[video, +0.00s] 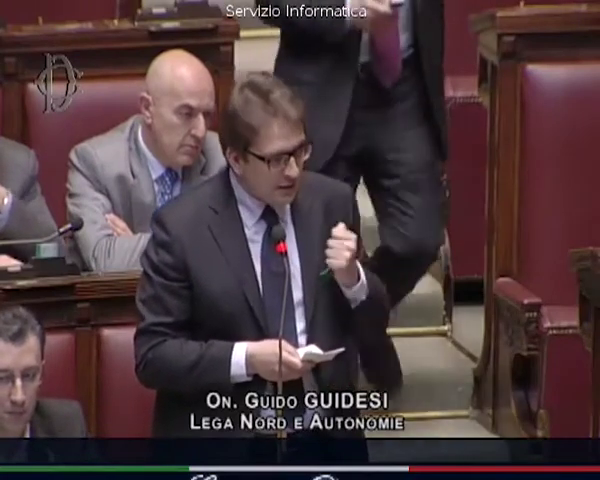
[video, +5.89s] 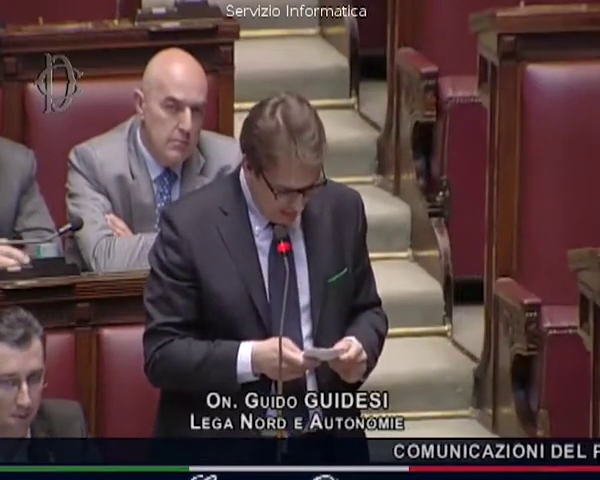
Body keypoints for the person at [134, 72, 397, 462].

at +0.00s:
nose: (294, 170)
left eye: (300, 152)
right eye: (277, 159)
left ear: (309, 142)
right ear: (235, 157)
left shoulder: (333, 200)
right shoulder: (180, 224)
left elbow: (374, 322)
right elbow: (153, 356)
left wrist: (353, 280)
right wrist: (246, 358)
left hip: (324, 436)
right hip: (219, 443)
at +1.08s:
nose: (287, 163)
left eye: (293, 144)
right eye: (270, 151)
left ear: (302, 135)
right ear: (231, 153)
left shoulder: (331, 203)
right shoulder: (179, 225)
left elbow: (358, 296)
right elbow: (153, 357)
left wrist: (357, 331)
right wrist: (246, 359)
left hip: (322, 436)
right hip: (219, 441)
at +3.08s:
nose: (276, 154)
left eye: (292, 140)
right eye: (263, 136)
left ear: (310, 143)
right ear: (241, 134)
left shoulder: (349, 209)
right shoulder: (189, 215)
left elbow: (378, 315)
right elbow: (157, 346)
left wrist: (353, 352)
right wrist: (246, 355)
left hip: (328, 439)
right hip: (220, 441)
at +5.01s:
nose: (293, 200)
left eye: (303, 184)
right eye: (280, 186)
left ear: (313, 163)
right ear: (243, 167)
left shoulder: (336, 206)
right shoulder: (181, 224)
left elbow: (363, 308)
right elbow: (156, 355)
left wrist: (356, 342)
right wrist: (245, 358)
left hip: (322, 438)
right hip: (217, 444)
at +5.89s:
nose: (298, 206)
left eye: (310, 190)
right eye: (285, 192)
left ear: (321, 167)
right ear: (248, 168)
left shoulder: (342, 208)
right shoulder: (187, 223)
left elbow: (369, 311)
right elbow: (162, 355)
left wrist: (360, 345)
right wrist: (250, 358)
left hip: (325, 442)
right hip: (221, 446)